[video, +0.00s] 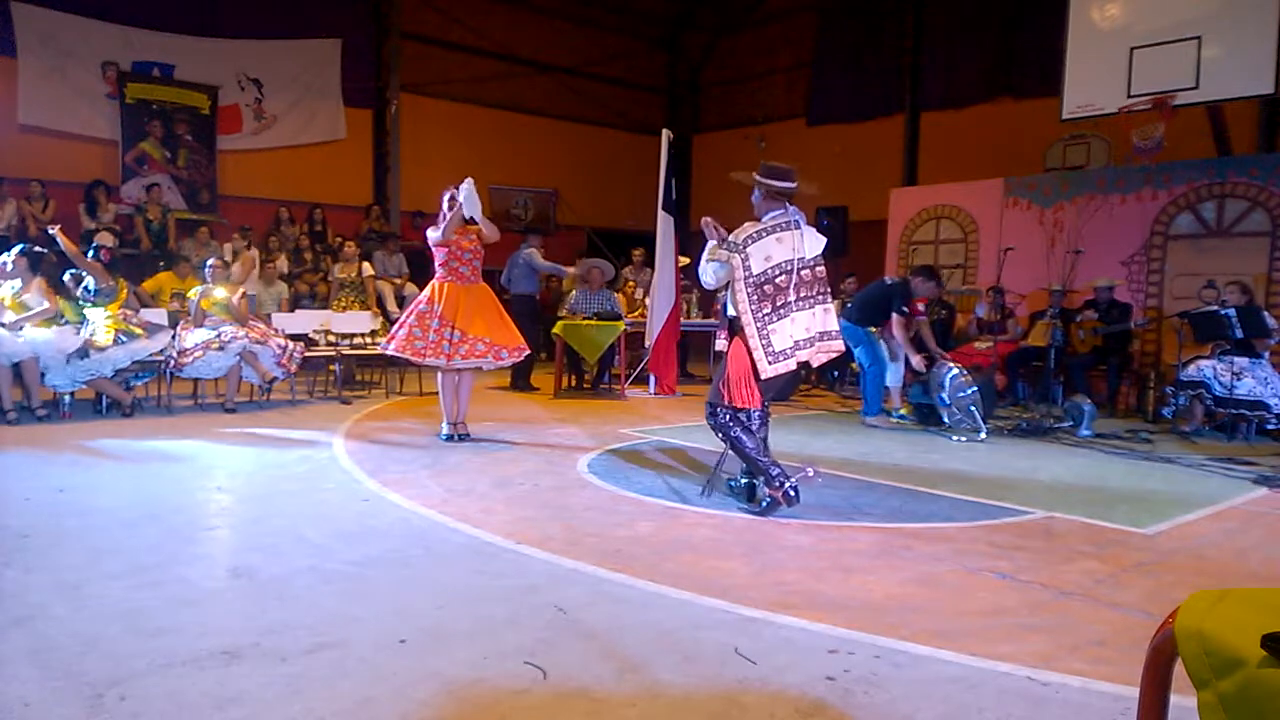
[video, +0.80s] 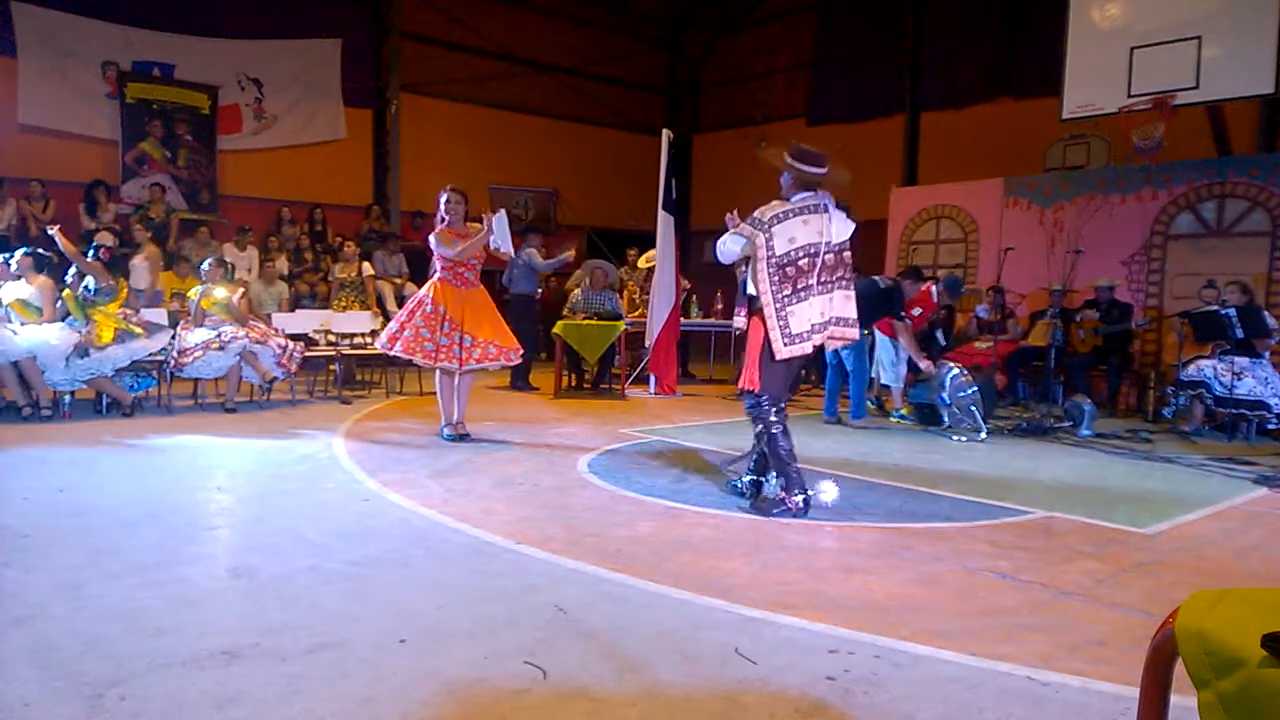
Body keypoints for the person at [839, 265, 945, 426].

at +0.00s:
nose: (927, 294)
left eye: (930, 291)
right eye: (929, 289)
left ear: (917, 280)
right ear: (920, 281)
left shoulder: (898, 286)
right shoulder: (902, 292)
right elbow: (897, 328)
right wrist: (913, 356)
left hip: (851, 323)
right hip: (858, 325)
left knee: (868, 367)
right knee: (876, 366)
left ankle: (869, 409)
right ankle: (873, 413)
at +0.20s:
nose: (926, 292)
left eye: (928, 288)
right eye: (926, 287)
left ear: (914, 279)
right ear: (916, 280)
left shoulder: (894, 283)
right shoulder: (902, 291)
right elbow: (904, 330)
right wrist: (921, 358)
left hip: (847, 323)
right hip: (856, 327)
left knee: (866, 368)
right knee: (870, 369)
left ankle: (868, 408)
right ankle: (862, 414)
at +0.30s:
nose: (923, 293)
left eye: (926, 289)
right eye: (924, 288)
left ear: (911, 279)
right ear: (915, 280)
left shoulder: (888, 281)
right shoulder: (901, 291)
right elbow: (903, 329)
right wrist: (920, 358)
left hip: (843, 322)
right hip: (856, 327)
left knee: (860, 369)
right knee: (869, 370)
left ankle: (866, 408)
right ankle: (861, 414)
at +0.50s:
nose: (920, 292)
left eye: (923, 288)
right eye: (920, 287)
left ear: (907, 278)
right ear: (911, 280)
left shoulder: (886, 280)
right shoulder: (900, 292)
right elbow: (902, 330)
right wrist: (920, 359)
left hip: (842, 317)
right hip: (854, 325)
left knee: (849, 369)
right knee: (863, 371)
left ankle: (845, 409)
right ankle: (858, 415)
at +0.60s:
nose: (918, 292)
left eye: (920, 288)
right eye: (918, 287)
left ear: (907, 279)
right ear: (910, 281)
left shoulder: (884, 280)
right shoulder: (898, 293)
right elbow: (902, 332)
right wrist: (920, 359)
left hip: (839, 319)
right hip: (853, 327)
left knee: (841, 368)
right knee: (861, 372)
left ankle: (832, 413)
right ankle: (858, 415)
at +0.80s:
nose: (916, 293)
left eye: (918, 288)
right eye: (916, 288)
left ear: (903, 281)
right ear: (907, 284)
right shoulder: (895, 293)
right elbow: (902, 330)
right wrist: (920, 360)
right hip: (852, 329)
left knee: (834, 368)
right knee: (859, 371)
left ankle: (830, 413)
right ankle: (857, 416)